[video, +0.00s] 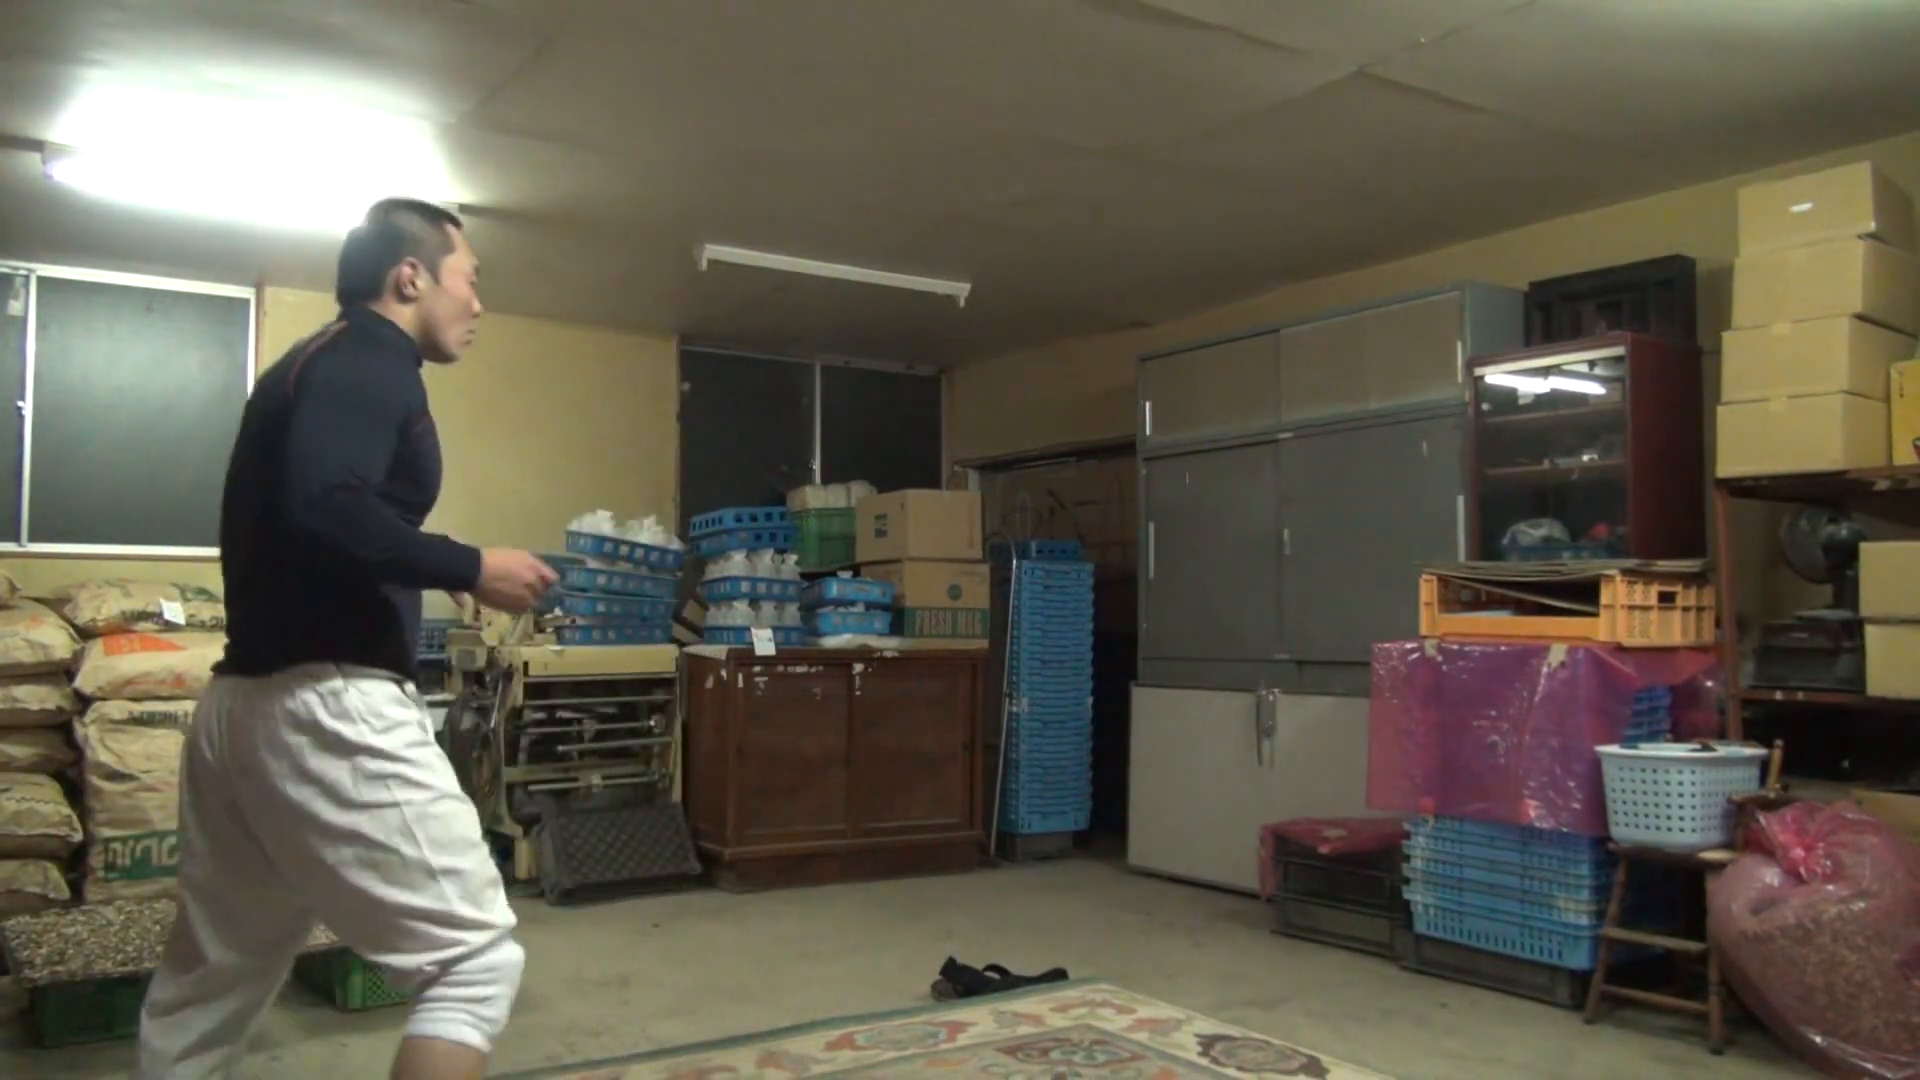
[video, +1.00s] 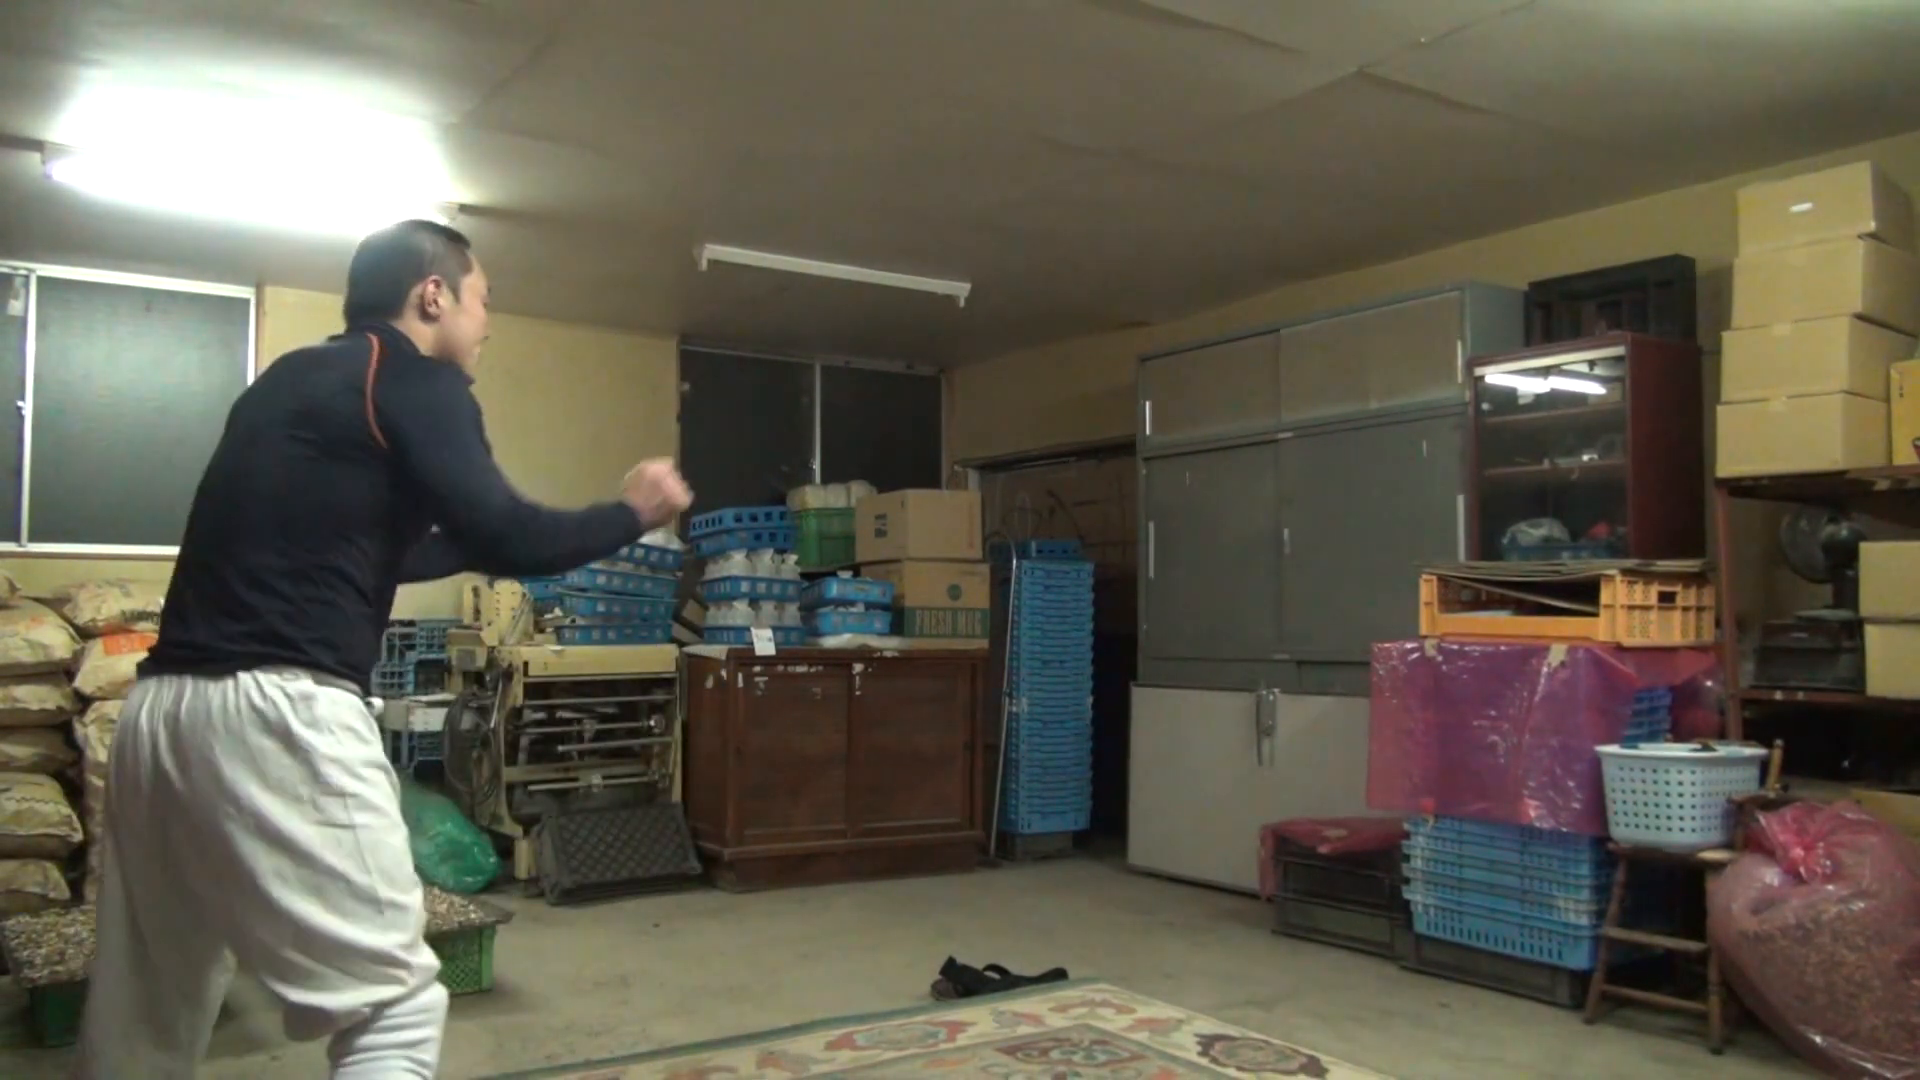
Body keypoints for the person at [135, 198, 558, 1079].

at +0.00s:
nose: (479, 304)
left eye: (477, 282)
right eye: (468, 279)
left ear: (392, 282)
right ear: (408, 278)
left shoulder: (293, 368)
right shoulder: (370, 357)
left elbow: (267, 537)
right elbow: (328, 500)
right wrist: (473, 565)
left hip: (237, 713)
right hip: (338, 717)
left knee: (205, 990)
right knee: (472, 961)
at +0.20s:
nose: (465, 308)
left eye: (463, 284)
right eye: (456, 283)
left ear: (361, 292)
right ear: (403, 287)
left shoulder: (258, 397)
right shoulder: (393, 384)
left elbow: (249, 555)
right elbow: (390, 533)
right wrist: (537, 579)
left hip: (204, 750)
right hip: (321, 751)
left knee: (205, 1043)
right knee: (388, 1048)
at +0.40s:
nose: (470, 252)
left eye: (469, 228)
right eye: (460, 226)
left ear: (360, 230)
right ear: (408, 225)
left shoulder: (258, 320)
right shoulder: (381, 301)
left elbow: (188, 461)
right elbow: (358, 435)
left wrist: (358, 510)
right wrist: (510, 494)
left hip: (171, 669)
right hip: (286, 682)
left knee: (137, 987)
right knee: (356, 984)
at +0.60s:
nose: (446, 302)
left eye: (444, 280)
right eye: (435, 278)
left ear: (358, 282)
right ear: (379, 279)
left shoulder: (234, 377)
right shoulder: (347, 369)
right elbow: (374, 534)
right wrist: (532, 513)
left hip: (139, 727)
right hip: (253, 732)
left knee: (97, 1030)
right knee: (411, 993)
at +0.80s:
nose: (460, 326)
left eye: (463, 307)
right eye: (458, 303)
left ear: (343, 291)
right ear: (412, 292)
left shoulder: (246, 381)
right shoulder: (397, 376)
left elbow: (351, 519)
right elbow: (545, 486)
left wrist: (482, 475)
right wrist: (653, 418)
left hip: (166, 737)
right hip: (306, 732)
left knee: (132, 1034)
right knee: (422, 1018)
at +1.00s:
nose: (485, 326)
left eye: (486, 305)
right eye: (479, 303)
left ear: (385, 299)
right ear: (430, 296)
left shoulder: (280, 379)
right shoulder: (413, 380)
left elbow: (363, 556)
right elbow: (505, 532)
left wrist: (497, 543)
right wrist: (632, 512)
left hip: (155, 713)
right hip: (283, 715)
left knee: (141, 1027)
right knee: (392, 1008)